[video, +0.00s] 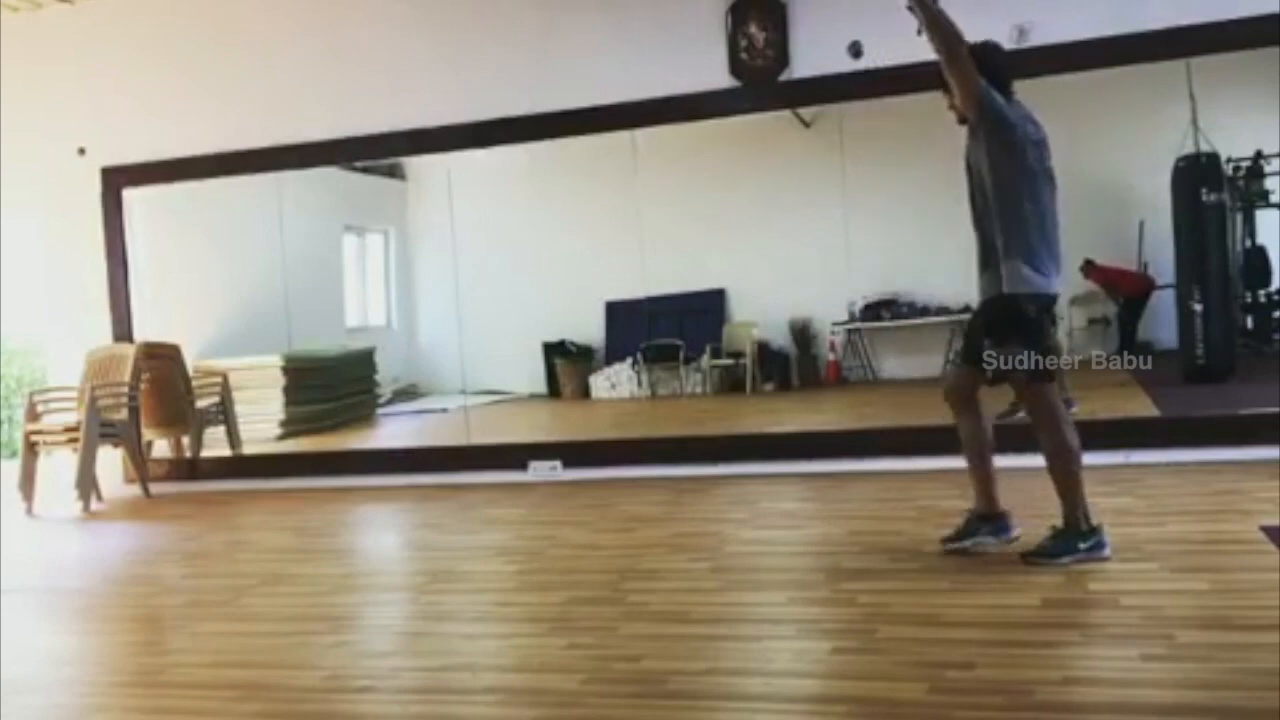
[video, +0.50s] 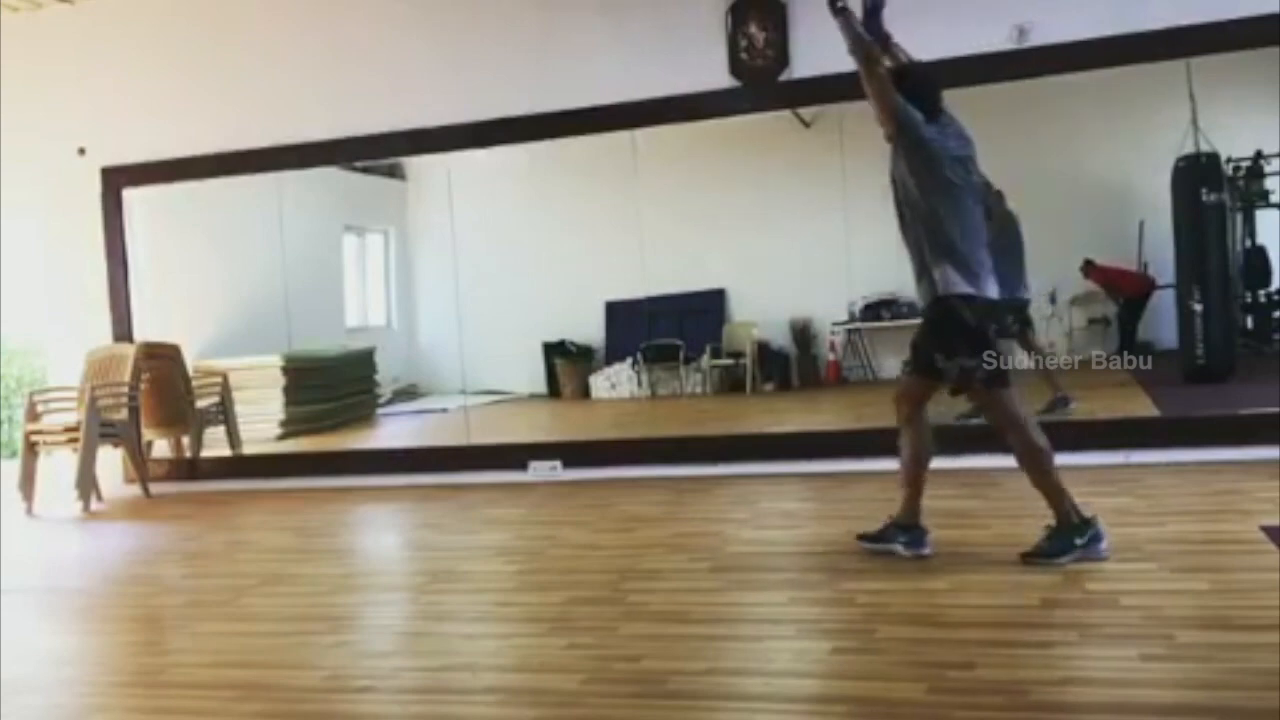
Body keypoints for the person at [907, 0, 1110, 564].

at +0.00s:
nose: (949, 104)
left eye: (952, 91)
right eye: (946, 93)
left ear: (975, 84)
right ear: (994, 78)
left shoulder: (1007, 123)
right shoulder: (1003, 128)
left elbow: (960, 58)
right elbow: (959, 58)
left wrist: (926, 9)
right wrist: (929, 19)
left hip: (1025, 287)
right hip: (1004, 288)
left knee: (1040, 398)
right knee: (960, 388)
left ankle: (1080, 526)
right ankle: (989, 513)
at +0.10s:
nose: (946, 108)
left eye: (948, 96)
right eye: (943, 98)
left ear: (970, 87)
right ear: (991, 81)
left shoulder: (1000, 124)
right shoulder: (1003, 130)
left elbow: (954, 58)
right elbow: (955, 57)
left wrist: (919, 9)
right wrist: (930, 17)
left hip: (1021, 289)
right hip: (1004, 290)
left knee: (1040, 399)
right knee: (961, 389)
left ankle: (1080, 527)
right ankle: (966, 518)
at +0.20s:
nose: (929, 108)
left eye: (932, 94)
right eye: (927, 96)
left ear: (954, 91)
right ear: (976, 85)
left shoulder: (984, 130)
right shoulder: (993, 130)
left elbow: (932, 58)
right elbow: (938, 56)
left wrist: (898, 8)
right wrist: (916, 16)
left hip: (1013, 295)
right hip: (999, 295)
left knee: (1040, 410)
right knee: (957, 400)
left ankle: (1080, 527)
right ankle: (928, 516)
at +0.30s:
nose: (919, 111)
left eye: (921, 97)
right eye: (916, 99)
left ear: (944, 93)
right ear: (966, 88)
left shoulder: (970, 131)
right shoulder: (990, 130)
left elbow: (922, 69)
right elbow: (938, 67)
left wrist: (888, 16)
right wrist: (909, 22)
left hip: (1001, 294)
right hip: (999, 293)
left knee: (1034, 410)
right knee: (949, 399)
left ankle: (1079, 526)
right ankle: (918, 516)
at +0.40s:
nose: (894, 113)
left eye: (897, 99)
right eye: (892, 100)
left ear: (921, 96)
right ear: (942, 95)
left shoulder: (940, 137)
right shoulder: (965, 138)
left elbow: (898, 79)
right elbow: (925, 74)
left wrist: (864, 22)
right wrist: (892, 31)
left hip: (974, 300)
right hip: (978, 298)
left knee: (1018, 414)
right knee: (926, 401)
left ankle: (1078, 526)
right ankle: (910, 522)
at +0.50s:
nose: (881, 108)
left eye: (885, 96)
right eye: (881, 95)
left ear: (906, 100)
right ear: (930, 97)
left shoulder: (921, 139)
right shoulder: (952, 139)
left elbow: (874, 74)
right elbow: (917, 80)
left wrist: (842, 18)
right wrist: (885, 39)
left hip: (958, 300)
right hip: (971, 297)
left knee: (1006, 415)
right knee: (908, 397)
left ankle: (1074, 523)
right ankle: (908, 522)